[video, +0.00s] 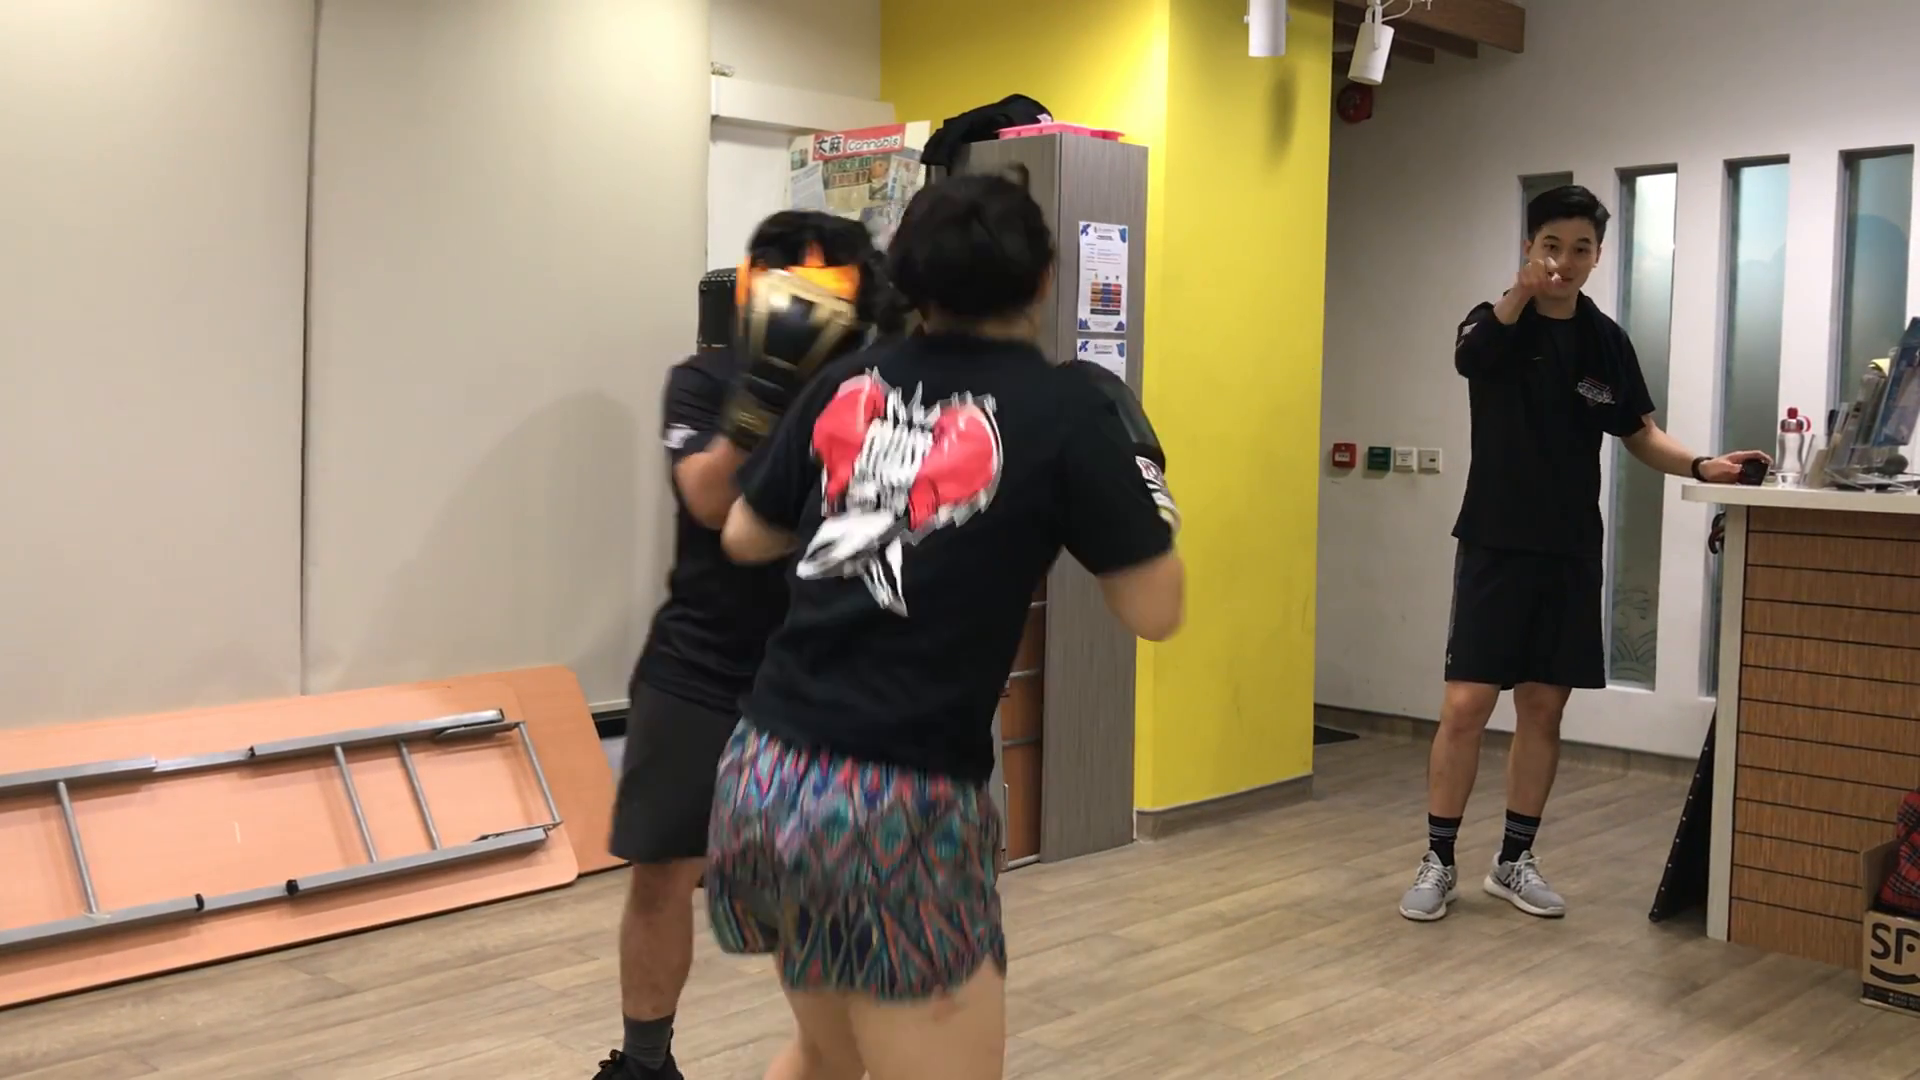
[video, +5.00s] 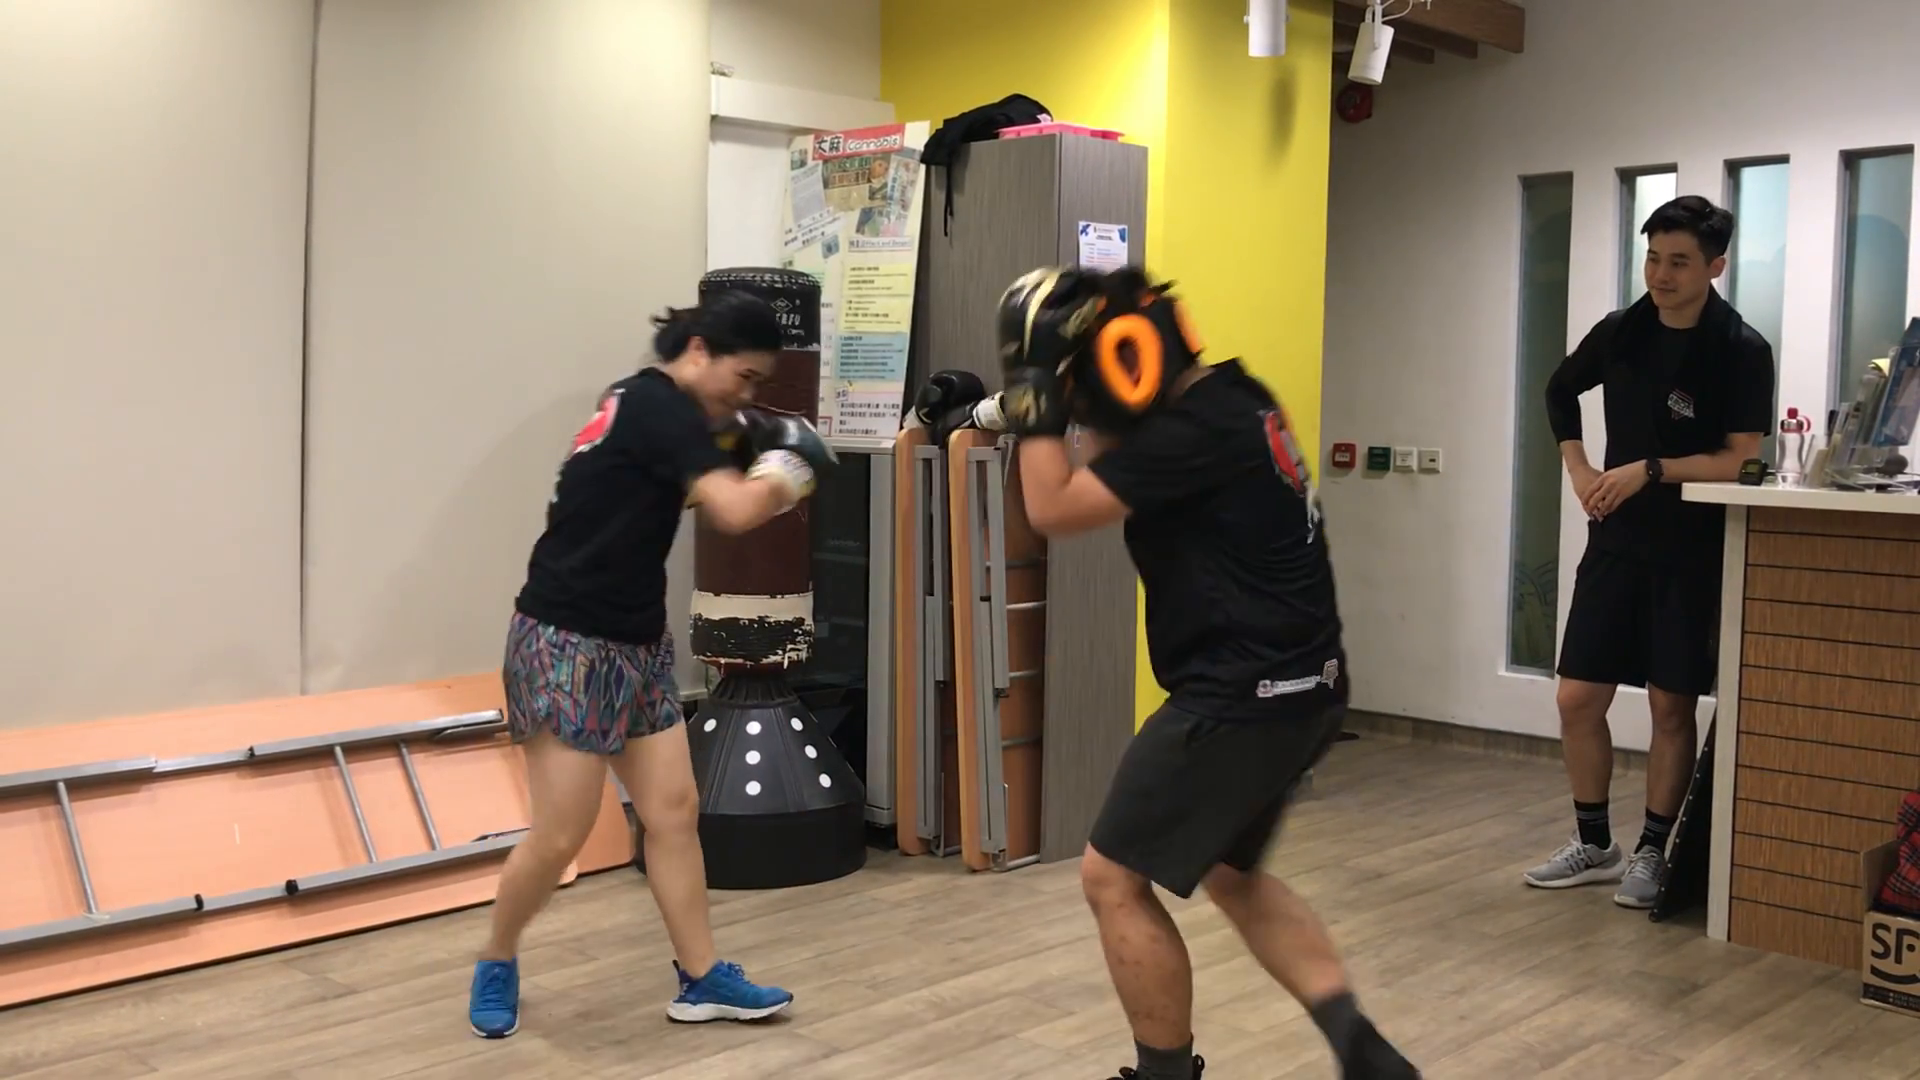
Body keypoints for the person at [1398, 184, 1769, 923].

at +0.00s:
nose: (1564, 262)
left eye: (1580, 251)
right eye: (1552, 246)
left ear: (1598, 259)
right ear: (1528, 249)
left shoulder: (1604, 339)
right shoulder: (1491, 321)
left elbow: (1642, 435)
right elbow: (1474, 355)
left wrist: (1703, 465)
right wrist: (1522, 292)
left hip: (1570, 549)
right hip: (1493, 541)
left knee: (1542, 709)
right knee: (1464, 708)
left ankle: (1513, 861)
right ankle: (1437, 863)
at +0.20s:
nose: (1571, 254)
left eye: (1587, 243)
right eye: (1558, 240)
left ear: (1605, 253)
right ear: (1536, 245)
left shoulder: (1617, 340)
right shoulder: (1502, 325)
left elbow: (1641, 437)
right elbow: (1449, 412)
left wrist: (1684, 457)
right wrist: (1526, 381)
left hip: (1573, 545)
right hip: (1496, 539)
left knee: (1543, 706)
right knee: (1468, 700)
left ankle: (1515, 861)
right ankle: (1435, 861)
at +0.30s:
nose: (1577, 256)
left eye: (1593, 244)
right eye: (1565, 241)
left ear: (1613, 254)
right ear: (1543, 247)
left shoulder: (1626, 343)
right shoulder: (1502, 335)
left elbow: (1646, 439)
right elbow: (1451, 431)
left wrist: (1665, 453)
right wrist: (1505, 457)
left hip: (1577, 548)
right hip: (1499, 542)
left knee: (1545, 705)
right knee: (1468, 699)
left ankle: (1515, 861)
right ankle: (1434, 859)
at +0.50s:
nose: (1573, 257)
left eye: (1590, 245)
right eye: (1561, 242)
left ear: (1612, 255)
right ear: (1544, 248)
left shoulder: (1637, 345)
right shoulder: (1504, 337)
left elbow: (1670, 430)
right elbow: (1459, 429)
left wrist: (1662, 450)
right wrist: (1481, 498)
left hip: (1586, 548)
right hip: (1506, 538)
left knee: (1551, 706)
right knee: (1475, 701)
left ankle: (1517, 858)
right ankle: (1481, 818)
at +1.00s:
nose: (1570, 270)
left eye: (1586, 258)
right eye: (1560, 257)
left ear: (1614, 263)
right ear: (1547, 261)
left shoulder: (1646, 344)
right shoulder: (1525, 341)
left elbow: (1690, 437)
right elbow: (1485, 424)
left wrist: (1642, 467)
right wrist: (1483, 481)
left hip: (1608, 538)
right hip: (1538, 534)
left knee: (1583, 689)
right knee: (1548, 689)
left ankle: (1601, 845)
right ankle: (1573, 834)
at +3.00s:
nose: (1670, 270)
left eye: (1689, 259)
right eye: (1663, 256)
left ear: (1723, 264)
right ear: (1652, 256)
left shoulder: (1747, 350)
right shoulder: (1628, 328)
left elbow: (1745, 457)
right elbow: (1564, 389)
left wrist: (1649, 469)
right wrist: (1585, 467)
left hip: (1699, 546)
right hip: (1624, 538)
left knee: (1674, 706)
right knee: (1583, 696)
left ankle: (1653, 854)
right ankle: (1594, 844)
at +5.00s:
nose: (1661, 274)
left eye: (1679, 261)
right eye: (1653, 259)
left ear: (1716, 263)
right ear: (1643, 259)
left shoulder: (1742, 350)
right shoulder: (1620, 331)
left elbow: (1745, 458)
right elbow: (1560, 390)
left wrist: (1649, 469)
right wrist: (1577, 466)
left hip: (1692, 546)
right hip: (1617, 538)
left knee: (1670, 707)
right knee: (1577, 695)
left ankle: (1652, 853)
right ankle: (1593, 843)